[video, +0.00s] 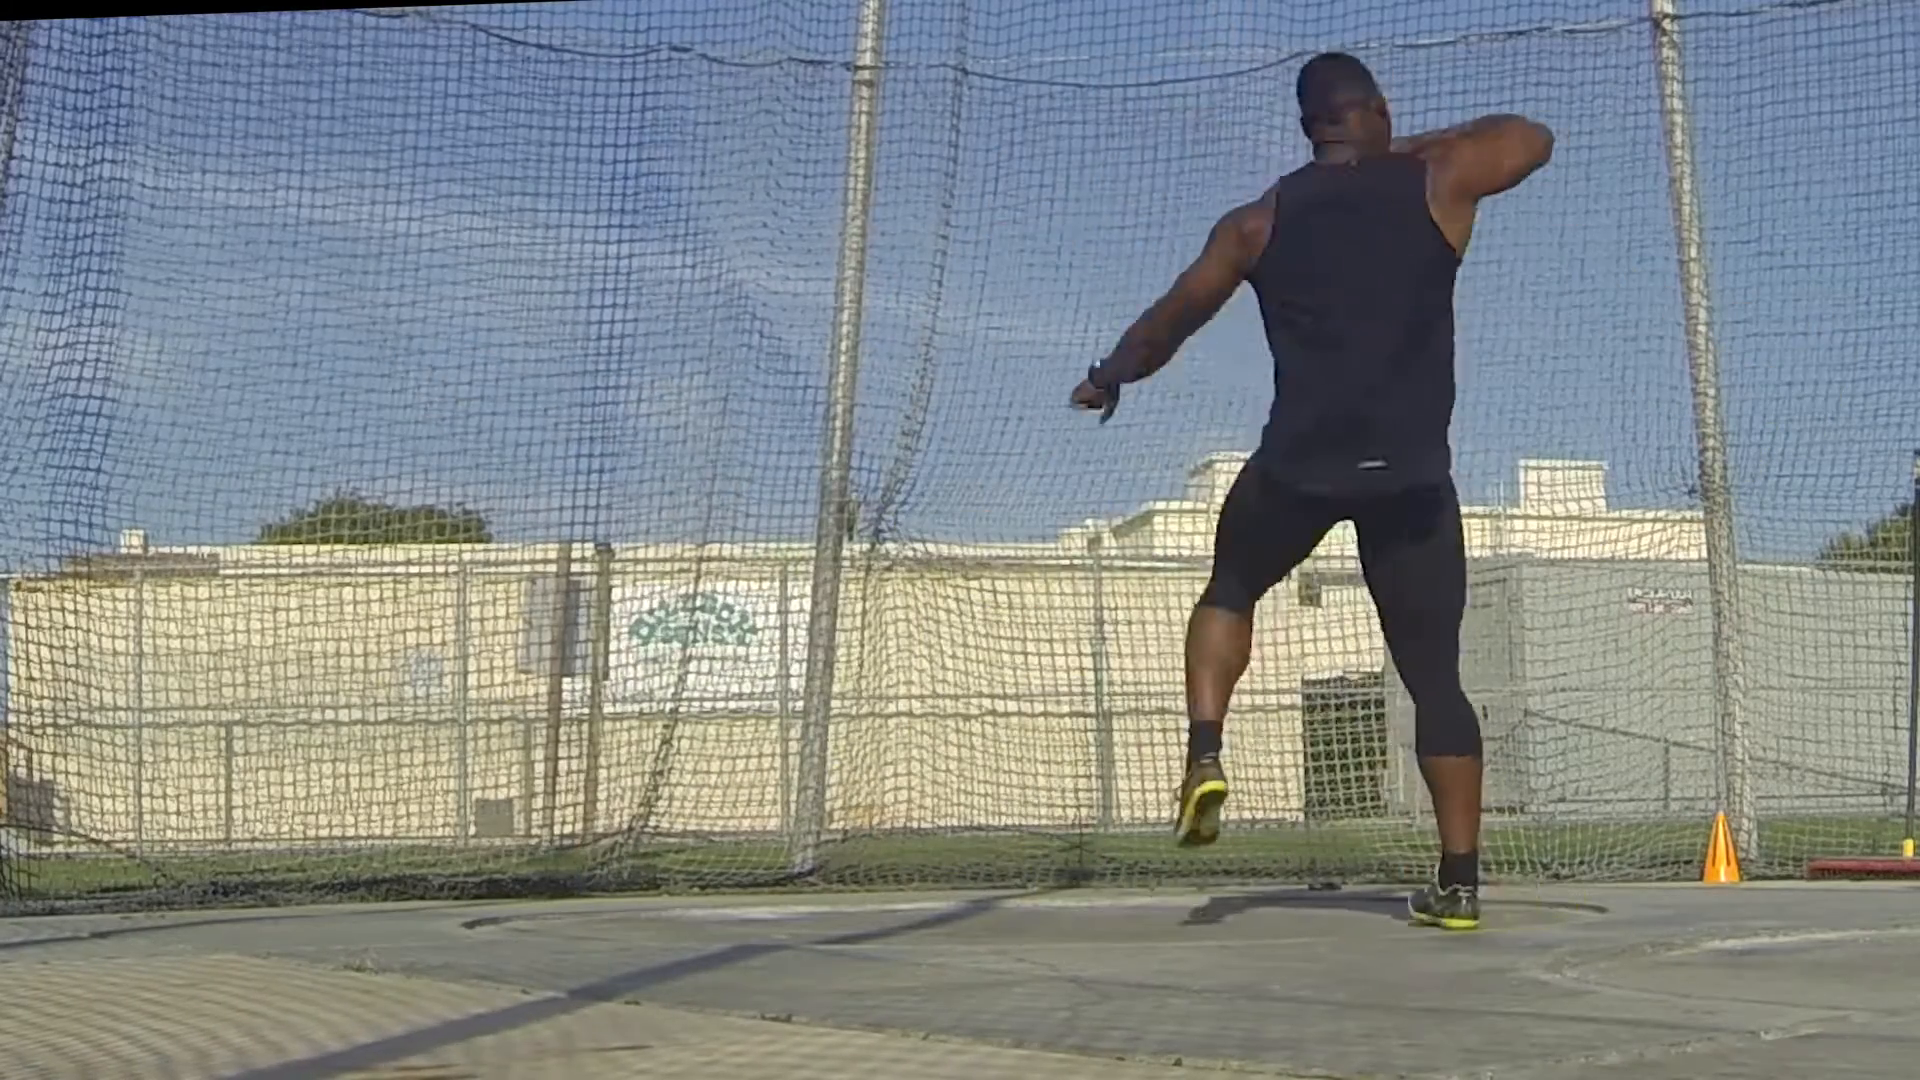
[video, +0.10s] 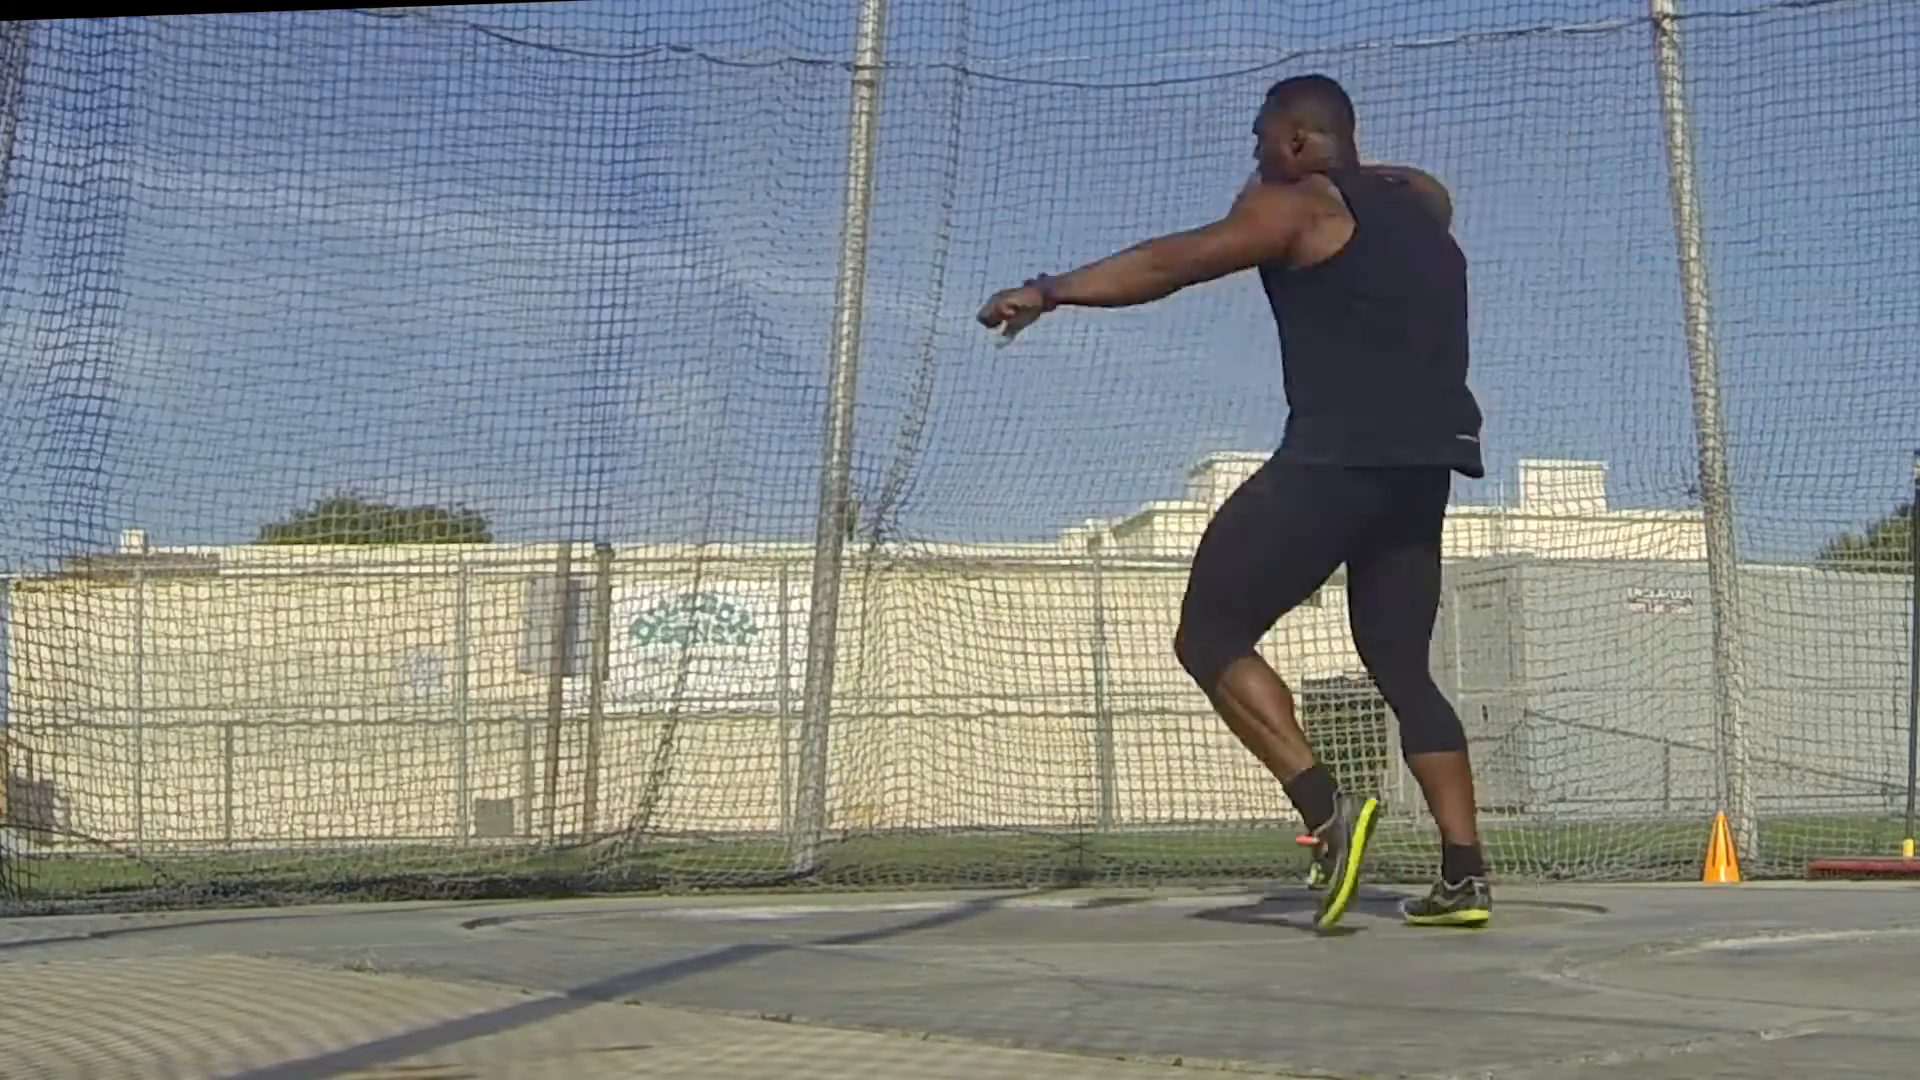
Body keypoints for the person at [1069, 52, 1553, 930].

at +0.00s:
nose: (1385, 120)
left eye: (1372, 110)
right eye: (1381, 108)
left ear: (1306, 130)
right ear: (1376, 115)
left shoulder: (1259, 220)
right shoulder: (1443, 174)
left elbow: (1173, 317)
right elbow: (1534, 138)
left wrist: (1112, 373)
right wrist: (1421, 145)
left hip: (1295, 464)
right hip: (1410, 470)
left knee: (1229, 590)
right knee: (1435, 678)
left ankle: (1205, 756)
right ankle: (1460, 883)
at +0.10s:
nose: (1264, 167)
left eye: (1268, 152)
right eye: (1263, 152)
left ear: (1300, 143)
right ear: (1349, 141)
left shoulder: (1289, 204)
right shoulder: (1421, 196)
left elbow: (1176, 261)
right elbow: (1428, 189)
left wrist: (1050, 291)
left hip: (1328, 462)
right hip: (1419, 468)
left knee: (1209, 637)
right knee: (1403, 663)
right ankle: (1467, 874)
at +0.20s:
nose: (1213, 156)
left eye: (1228, 139)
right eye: (1209, 146)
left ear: (1281, 143)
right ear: (1225, 165)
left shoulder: (1315, 185)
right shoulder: (1258, 247)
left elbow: (1363, 183)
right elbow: (1207, 272)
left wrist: (1387, 155)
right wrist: (1116, 271)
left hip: (1367, 465)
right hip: (1320, 474)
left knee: (1320, 667)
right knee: (1285, 671)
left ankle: (1473, 850)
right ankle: (1431, 841)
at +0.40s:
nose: (1244, 132)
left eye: (1242, 118)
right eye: (1221, 123)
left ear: (1250, 136)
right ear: (1173, 149)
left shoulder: (1293, 232)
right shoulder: (1133, 276)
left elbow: (1351, 346)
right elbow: (1104, 411)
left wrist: (1421, 436)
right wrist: (1115, 523)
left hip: (1342, 476)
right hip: (1237, 494)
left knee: (1403, 648)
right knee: (1251, 689)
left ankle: (1425, 860)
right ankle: (1247, 872)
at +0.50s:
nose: (1248, 128)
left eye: (1243, 113)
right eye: (1228, 114)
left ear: (1194, 141)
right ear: (1174, 136)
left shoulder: (1222, 238)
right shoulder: (1137, 238)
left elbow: (1208, 360)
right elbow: (1154, 355)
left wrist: (1273, 462)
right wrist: (1273, 342)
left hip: (1273, 473)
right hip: (1195, 487)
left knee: (1360, 636)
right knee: (1251, 666)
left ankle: (1351, 849)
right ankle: (1213, 875)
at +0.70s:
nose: (1180, 155)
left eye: (1174, 141)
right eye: (1176, 142)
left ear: (1094, 148)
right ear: (1159, 145)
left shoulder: (1024, 253)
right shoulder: (1169, 241)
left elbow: (1010, 386)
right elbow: (1216, 381)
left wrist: (1056, 482)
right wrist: (1284, 458)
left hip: (1074, 501)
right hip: (1173, 497)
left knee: (1105, 638)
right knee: (1220, 669)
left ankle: (1011, 815)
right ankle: (1191, 885)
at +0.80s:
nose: (1105, 170)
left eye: (1084, 157)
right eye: (1115, 158)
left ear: (1052, 161)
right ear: (1126, 164)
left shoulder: (978, 259)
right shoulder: (1161, 259)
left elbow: (949, 398)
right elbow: (1180, 413)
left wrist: (975, 492)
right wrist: (1163, 503)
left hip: (1017, 505)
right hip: (1130, 508)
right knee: (1179, 675)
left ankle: (903, 867)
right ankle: (1184, 886)